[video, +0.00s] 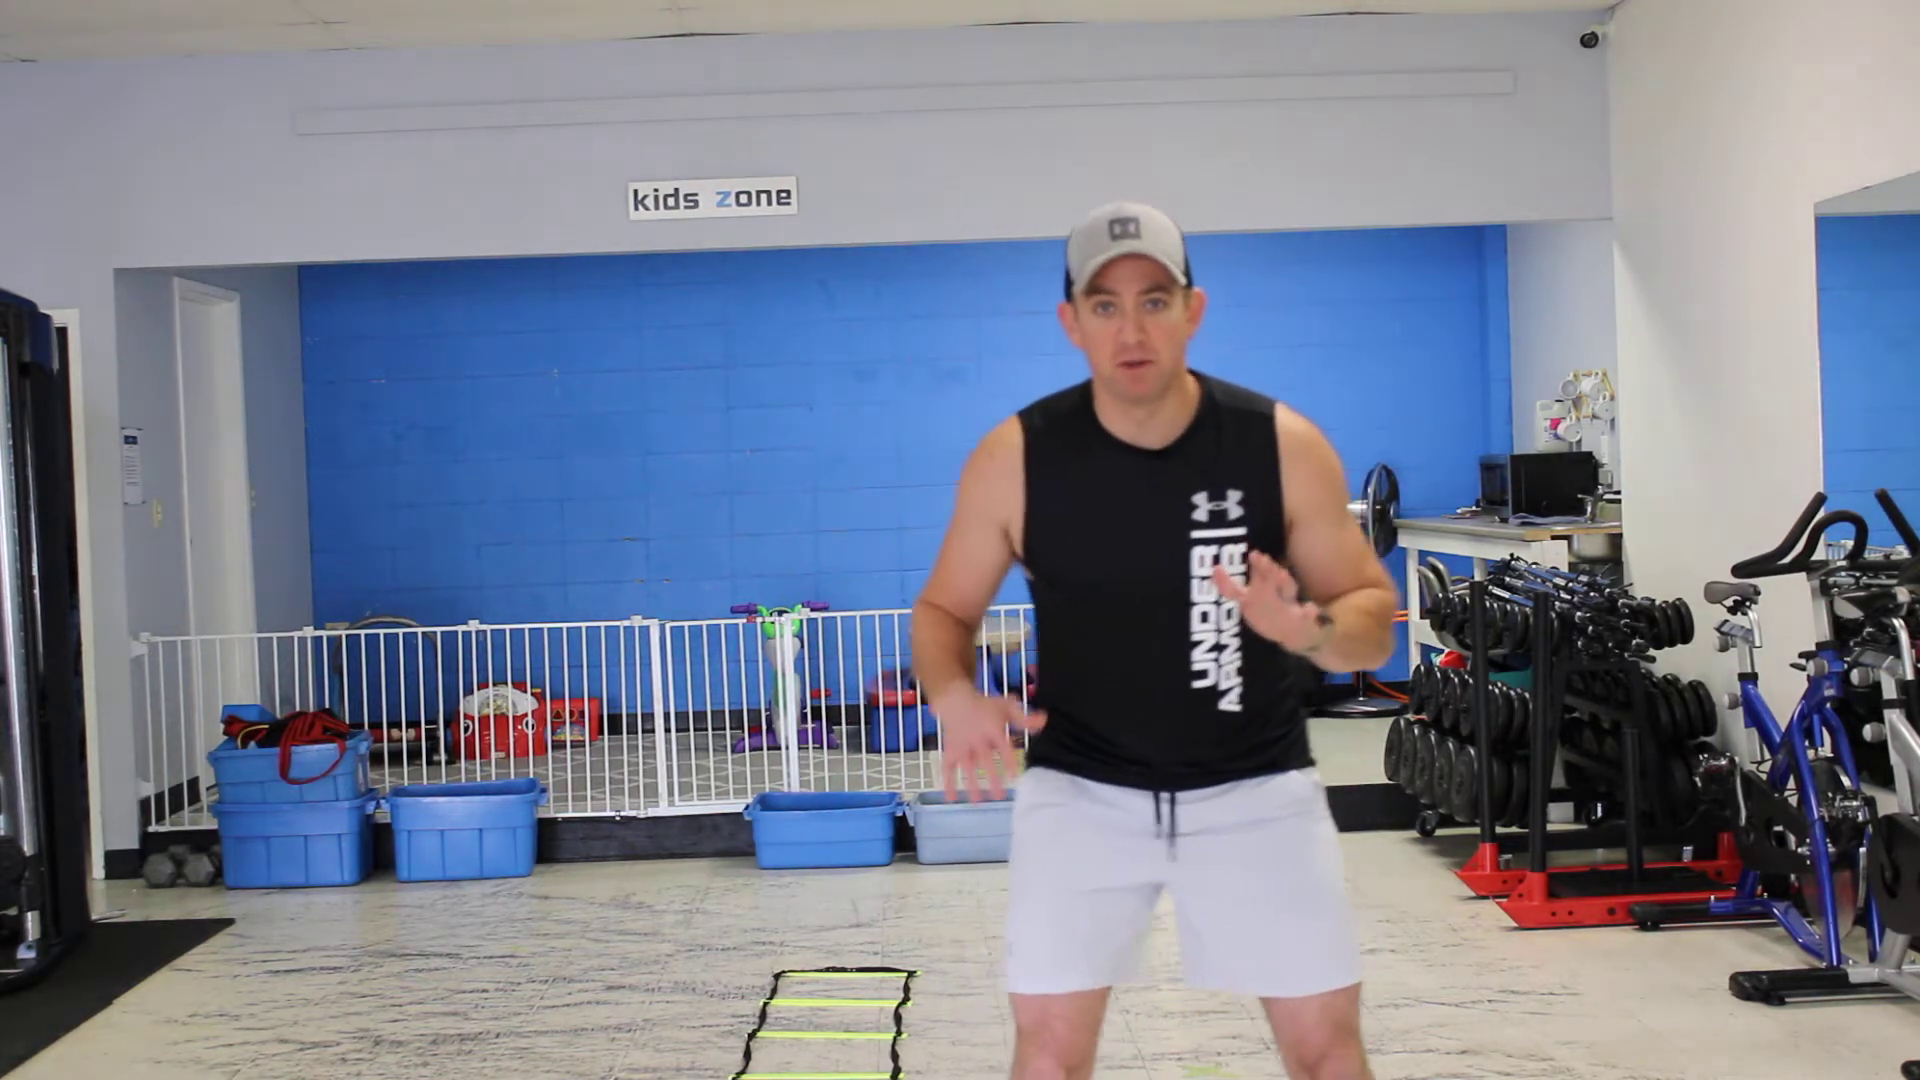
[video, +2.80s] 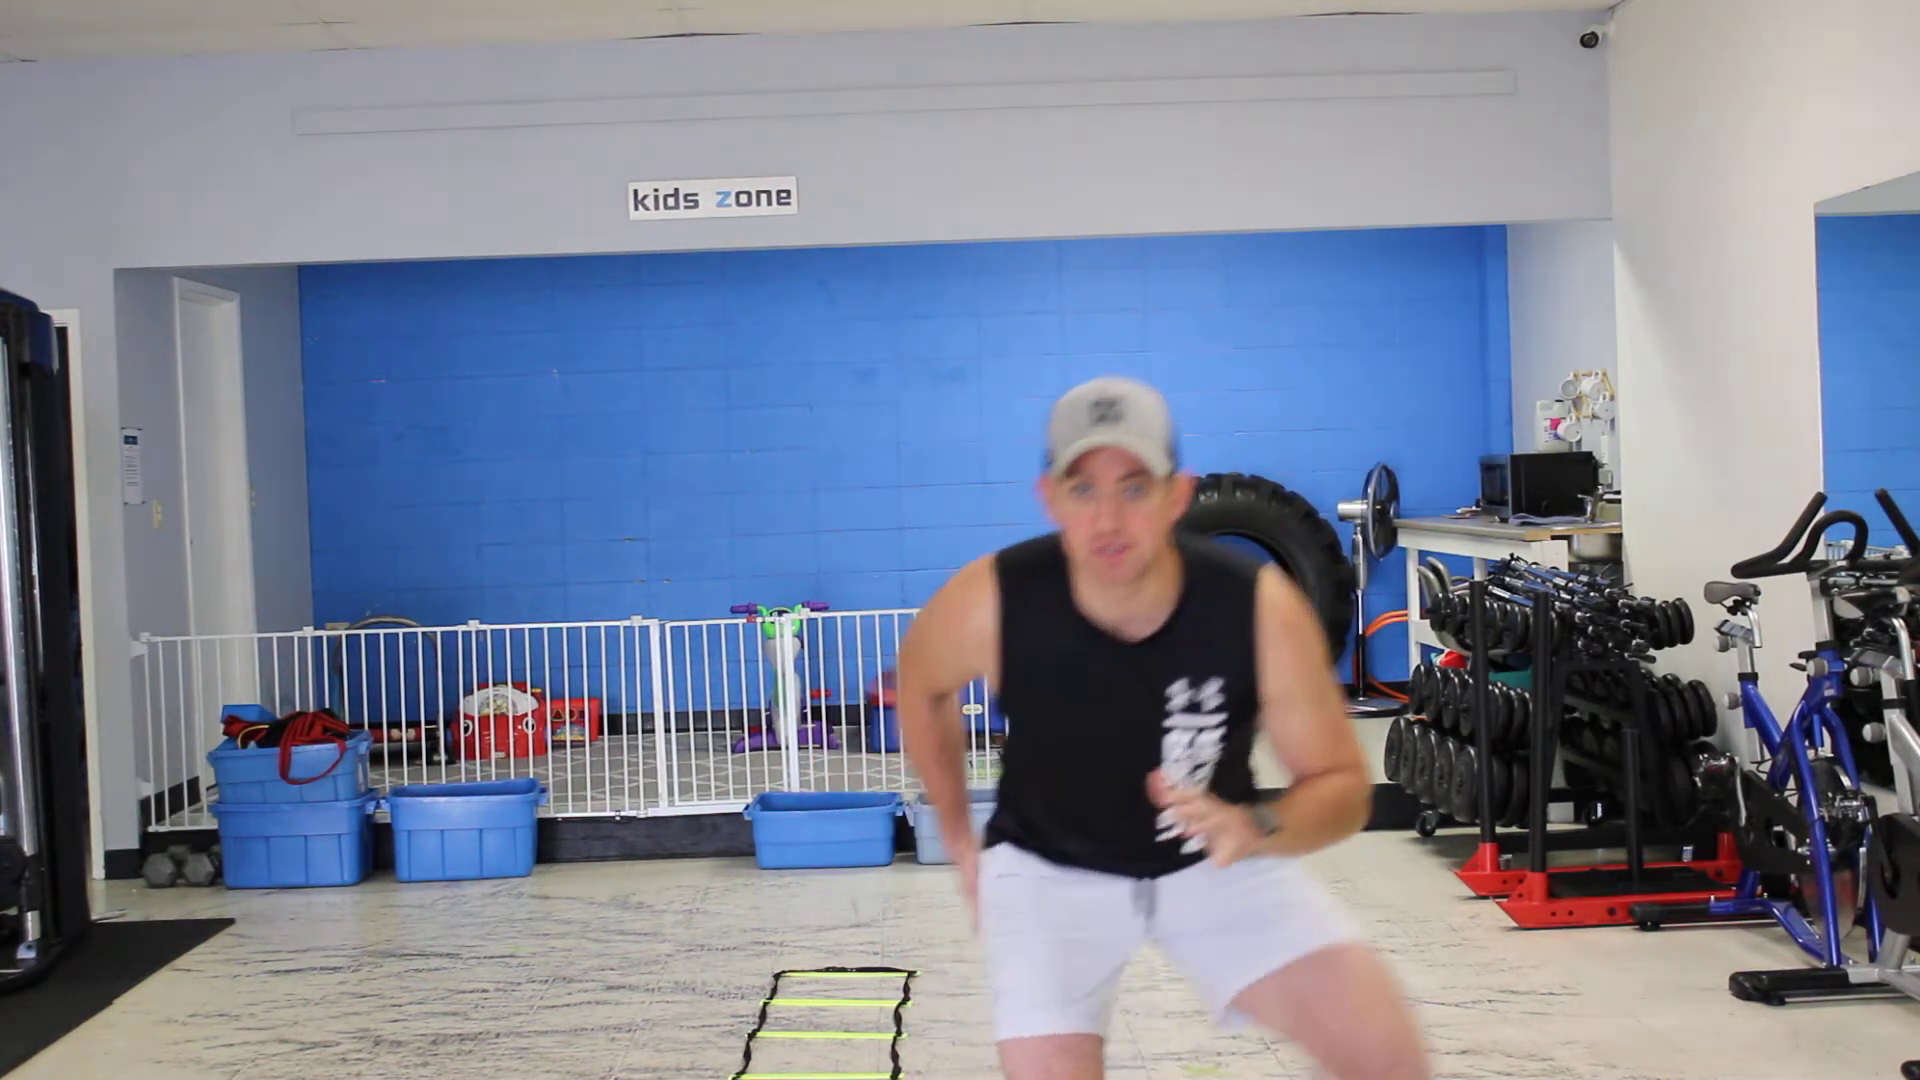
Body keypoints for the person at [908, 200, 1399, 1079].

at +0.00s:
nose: (1131, 332)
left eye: (1153, 303)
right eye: (1105, 307)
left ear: (1194, 310)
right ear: (1072, 324)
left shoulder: (1284, 447)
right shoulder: (1016, 459)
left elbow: (1376, 618)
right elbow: (944, 612)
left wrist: (1313, 632)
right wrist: (955, 694)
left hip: (1259, 799)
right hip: (1078, 804)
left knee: (1327, 1054)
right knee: (1049, 1058)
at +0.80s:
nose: (1035, 399)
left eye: (1059, 371)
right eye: (1009, 372)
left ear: (1097, 379)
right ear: (976, 384)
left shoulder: (1182, 503)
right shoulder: (912, 504)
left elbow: (1276, 693)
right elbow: (870, 636)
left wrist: (1206, 695)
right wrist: (901, 795)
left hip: (1172, 816)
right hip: (993, 822)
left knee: (1277, 1057)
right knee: (995, 1067)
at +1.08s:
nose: (986, 453)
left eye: (1010, 424)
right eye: (960, 425)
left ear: (1050, 428)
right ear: (927, 433)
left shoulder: (1133, 546)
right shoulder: (868, 546)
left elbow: (1215, 766)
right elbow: (833, 655)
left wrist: (1120, 739)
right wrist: (873, 798)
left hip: (1134, 845)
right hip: (962, 848)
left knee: (1224, 1066)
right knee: (984, 1068)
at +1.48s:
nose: (947, 574)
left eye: (973, 542)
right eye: (922, 545)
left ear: (1016, 544)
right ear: (894, 551)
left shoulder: (1104, 650)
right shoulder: (848, 650)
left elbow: (1180, 876)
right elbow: (840, 743)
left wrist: (1055, 853)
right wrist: (878, 880)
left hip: (1108, 923)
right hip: (953, 899)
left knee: (1120, 1066)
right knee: (966, 1066)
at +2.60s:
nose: (1025, 558)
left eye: (1051, 527)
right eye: (999, 529)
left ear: (1095, 531)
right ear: (970, 538)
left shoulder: (1185, 635)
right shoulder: (924, 641)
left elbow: (1274, 841)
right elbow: (873, 744)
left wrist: (1153, 857)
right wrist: (904, 902)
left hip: (1171, 912)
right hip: (1005, 899)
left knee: (1219, 1067)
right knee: (1020, 1066)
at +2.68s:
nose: (1052, 552)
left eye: (1078, 521)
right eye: (1027, 524)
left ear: (1123, 527)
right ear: (997, 533)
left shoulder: (1209, 632)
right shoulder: (948, 633)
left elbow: (1299, 826)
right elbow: (891, 727)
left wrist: (1192, 855)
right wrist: (926, 882)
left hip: (1180, 901)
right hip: (1015, 893)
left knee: (1280, 1065)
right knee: (1032, 1066)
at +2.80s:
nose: (1108, 517)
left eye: (1134, 489)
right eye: (1083, 491)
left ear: (1178, 497)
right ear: (1051, 500)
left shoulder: (1258, 605)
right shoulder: (991, 602)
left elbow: (1345, 787)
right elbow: (922, 688)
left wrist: (1260, 826)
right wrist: (960, 839)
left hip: (1215, 865)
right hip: (1049, 874)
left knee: (1385, 1049)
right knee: (1047, 1066)